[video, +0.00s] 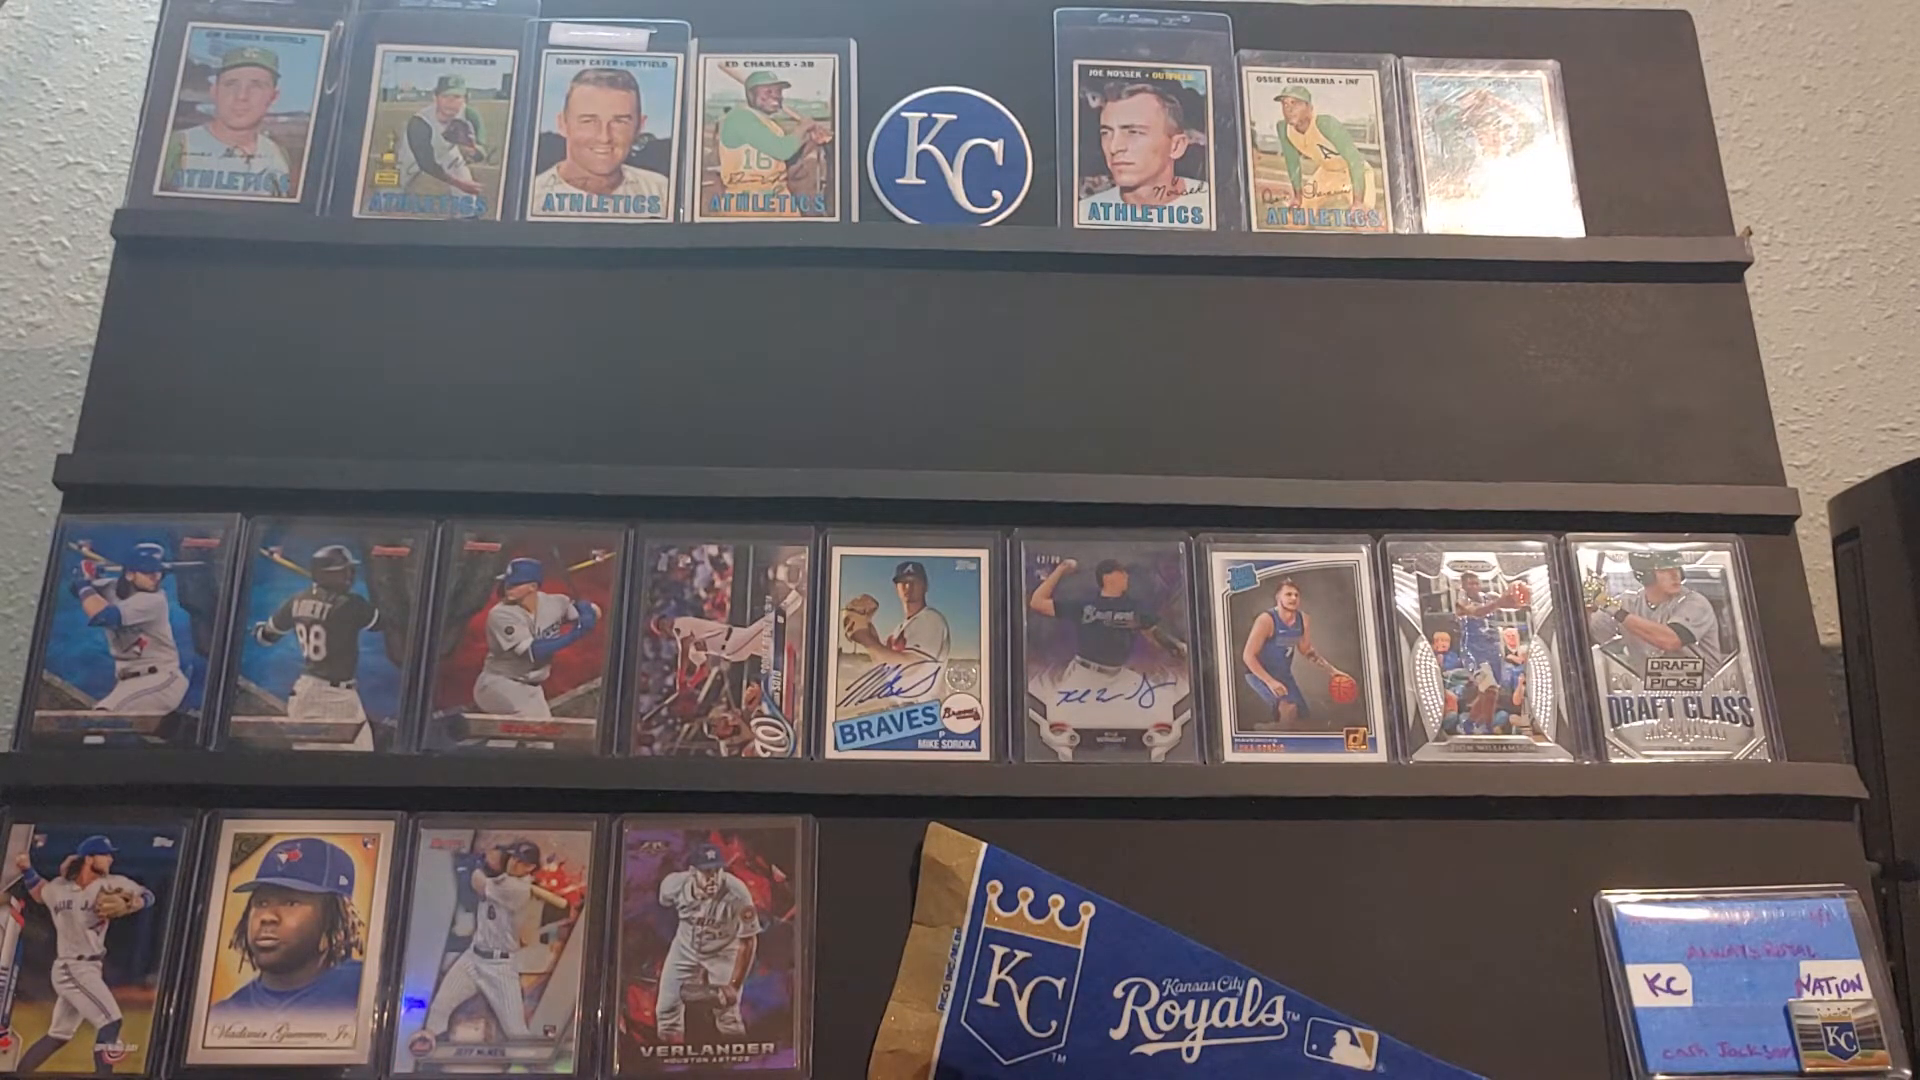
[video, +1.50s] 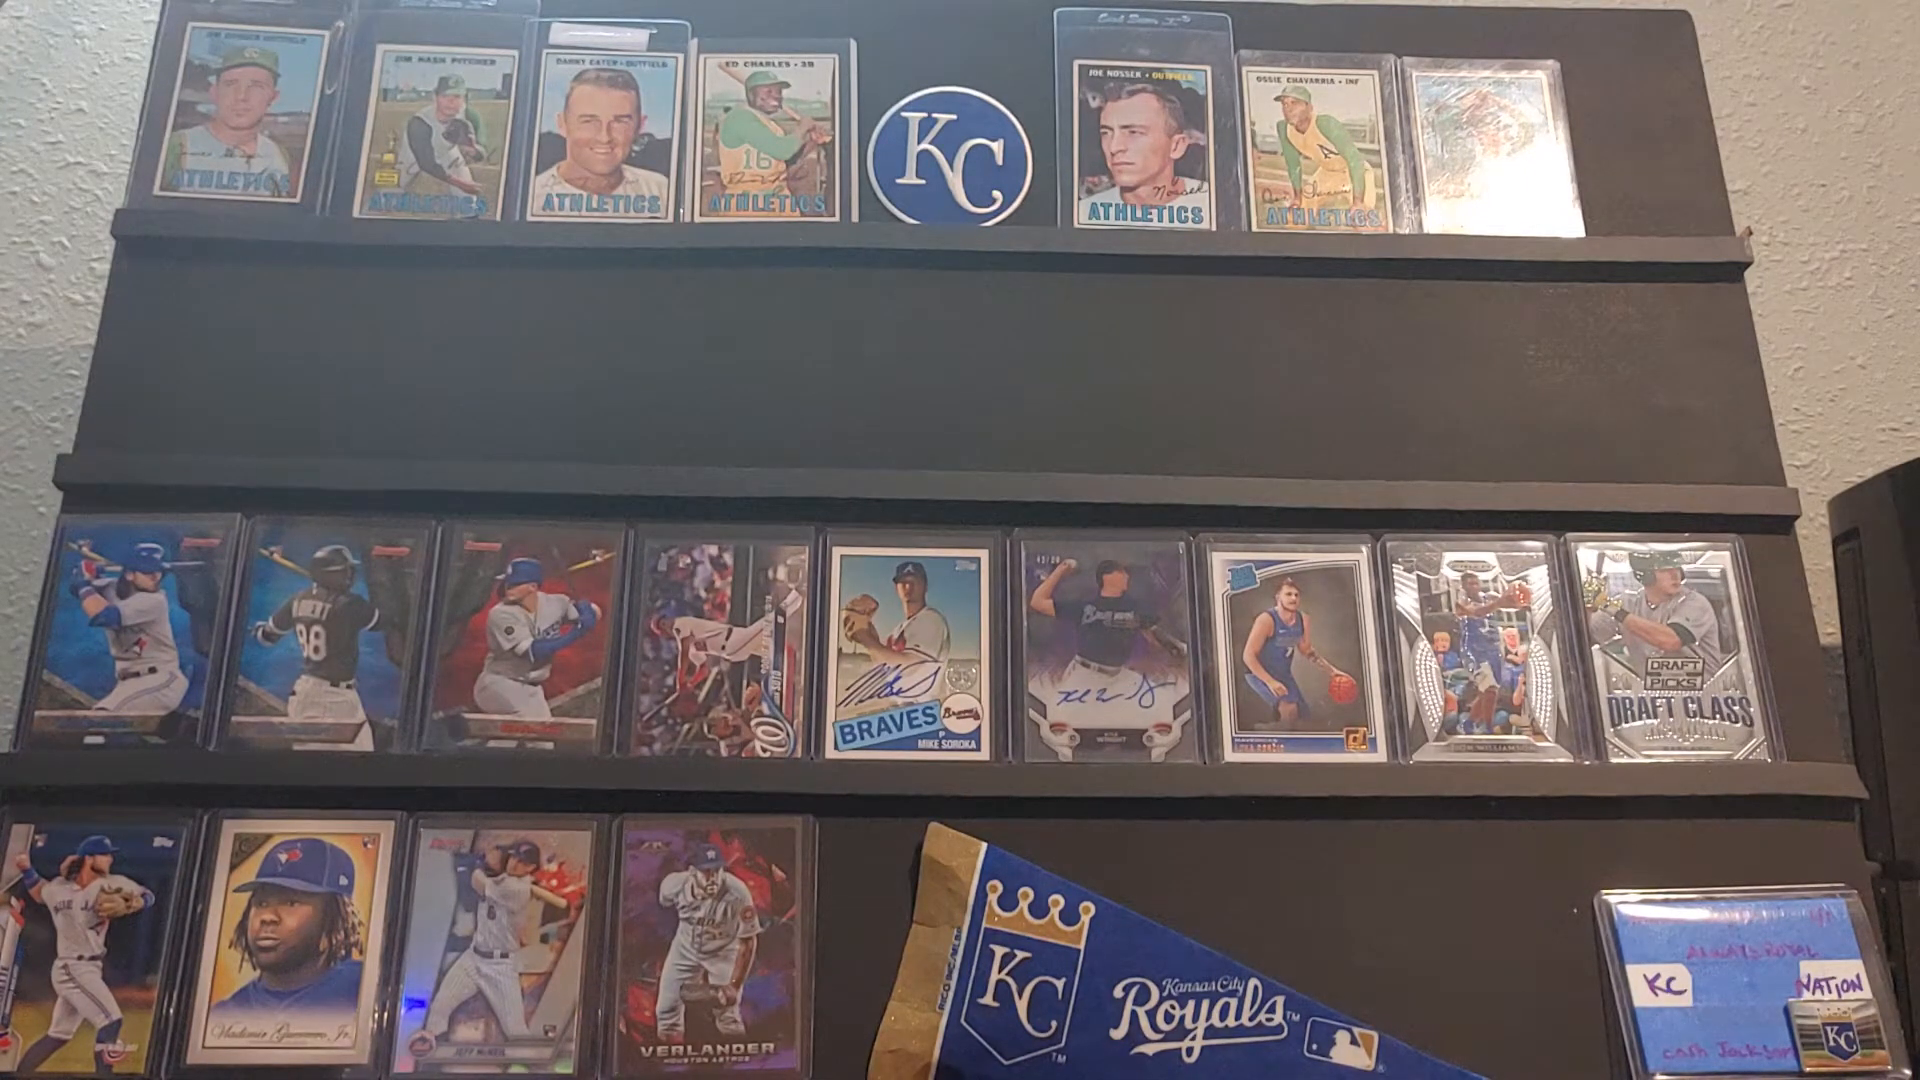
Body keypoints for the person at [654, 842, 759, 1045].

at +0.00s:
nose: (711, 878)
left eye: (716, 871)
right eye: (706, 872)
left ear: (722, 869)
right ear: (692, 870)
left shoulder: (738, 893)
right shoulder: (673, 885)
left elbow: (749, 941)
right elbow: (667, 909)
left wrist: (734, 985)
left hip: (724, 953)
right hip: (684, 947)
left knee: (727, 1014)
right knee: (666, 1009)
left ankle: (741, 1068)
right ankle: (674, 1069)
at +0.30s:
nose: (711, 878)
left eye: (716, 871)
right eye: (706, 872)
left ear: (722, 869)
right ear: (692, 870)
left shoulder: (738, 893)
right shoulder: (673, 885)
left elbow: (749, 941)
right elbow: (667, 909)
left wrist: (734, 985)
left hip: (724, 953)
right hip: (684, 947)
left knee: (727, 1014)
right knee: (666, 1009)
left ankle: (741, 1068)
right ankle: (674, 1069)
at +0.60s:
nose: (712, 878)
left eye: (716, 871)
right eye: (705, 872)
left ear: (722, 869)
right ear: (692, 870)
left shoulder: (738, 892)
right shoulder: (673, 885)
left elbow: (749, 941)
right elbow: (666, 906)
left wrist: (735, 985)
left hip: (725, 953)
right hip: (684, 947)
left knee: (727, 1015)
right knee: (666, 1009)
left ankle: (741, 1068)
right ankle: (674, 1071)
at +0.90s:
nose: (712, 878)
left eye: (716, 871)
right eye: (705, 872)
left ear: (722, 869)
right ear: (693, 870)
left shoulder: (738, 892)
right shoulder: (674, 885)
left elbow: (749, 941)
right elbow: (666, 907)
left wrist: (735, 985)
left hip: (725, 953)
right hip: (685, 947)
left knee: (727, 1015)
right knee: (666, 1009)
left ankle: (741, 1068)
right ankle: (673, 1069)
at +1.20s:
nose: (711, 878)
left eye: (716, 871)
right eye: (705, 872)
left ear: (722, 869)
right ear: (693, 870)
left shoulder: (738, 892)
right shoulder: (674, 885)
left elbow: (749, 941)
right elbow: (666, 907)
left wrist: (735, 985)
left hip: (724, 953)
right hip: (684, 947)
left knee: (727, 1015)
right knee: (666, 1009)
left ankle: (742, 1068)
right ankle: (673, 1069)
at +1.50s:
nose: (711, 878)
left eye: (716, 871)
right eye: (705, 872)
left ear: (722, 869)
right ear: (692, 870)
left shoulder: (738, 892)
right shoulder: (673, 885)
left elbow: (749, 941)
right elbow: (666, 907)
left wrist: (735, 985)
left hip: (724, 953)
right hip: (684, 947)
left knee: (727, 1015)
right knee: (666, 1009)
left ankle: (741, 1068)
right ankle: (673, 1069)